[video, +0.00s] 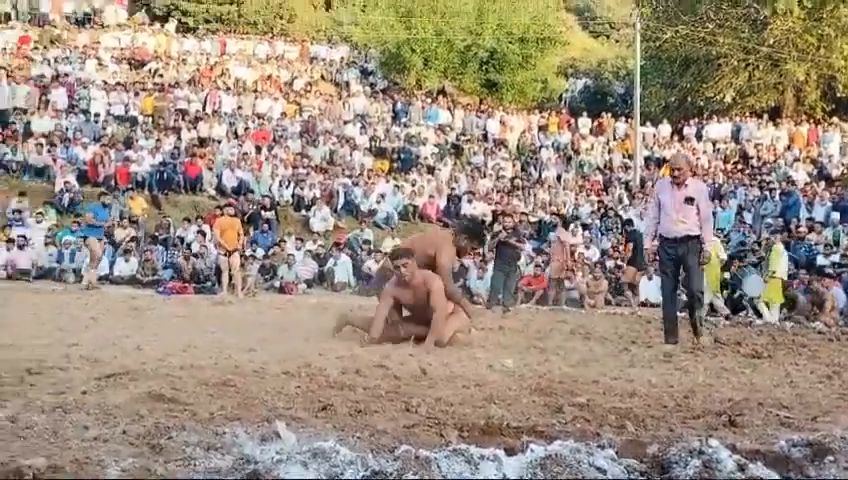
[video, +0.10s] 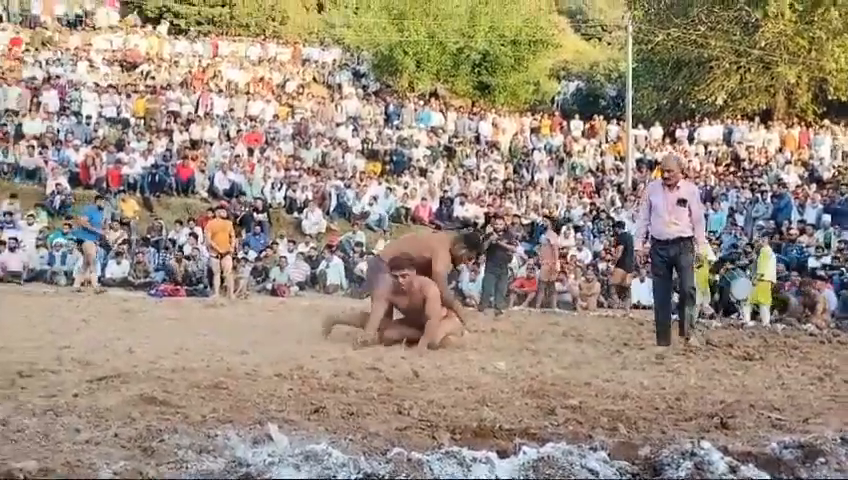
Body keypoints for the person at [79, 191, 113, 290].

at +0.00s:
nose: (108, 201)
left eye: (110, 199)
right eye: (106, 198)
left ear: (111, 200)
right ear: (101, 198)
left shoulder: (107, 210)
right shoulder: (93, 207)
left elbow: (107, 222)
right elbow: (88, 220)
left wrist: (110, 223)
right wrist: (103, 224)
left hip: (100, 235)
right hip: (90, 234)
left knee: (98, 257)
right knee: (97, 253)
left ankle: (88, 280)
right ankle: (91, 278)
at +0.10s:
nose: (102, 203)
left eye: (103, 201)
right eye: (100, 201)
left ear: (104, 202)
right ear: (96, 201)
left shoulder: (101, 213)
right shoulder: (90, 210)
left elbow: (101, 226)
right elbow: (83, 222)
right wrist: (98, 231)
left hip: (94, 239)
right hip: (86, 238)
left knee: (86, 263)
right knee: (92, 260)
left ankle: (77, 284)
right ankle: (95, 284)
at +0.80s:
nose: (120, 219)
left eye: (120, 217)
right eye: (119, 217)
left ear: (113, 215)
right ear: (116, 215)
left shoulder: (113, 225)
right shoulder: (108, 222)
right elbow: (107, 235)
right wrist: (114, 250)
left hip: (112, 251)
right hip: (105, 250)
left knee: (112, 275)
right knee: (105, 274)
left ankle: (111, 297)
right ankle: (91, 295)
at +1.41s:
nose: (139, 219)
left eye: (139, 217)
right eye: (138, 217)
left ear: (126, 214)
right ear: (135, 215)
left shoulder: (119, 224)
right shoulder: (137, 226)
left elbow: (115, 237)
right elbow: (139, 240)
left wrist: (116, 248)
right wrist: (142, 250)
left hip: (120, 251)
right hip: (132, 252)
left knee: (122, 277)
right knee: (136, 278)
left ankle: (110, 295)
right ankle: (136, 301)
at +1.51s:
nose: (143, 221)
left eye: (143, 219)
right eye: (142, 219)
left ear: (129, 216)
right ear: (140, 218)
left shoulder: (121, 225)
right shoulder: (140, 226)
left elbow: (115, 238)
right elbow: (144, 240)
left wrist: (115, 249)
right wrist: (147, 254)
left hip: (122, 250)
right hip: (134, 251)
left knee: (123, 275)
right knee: (138, 277)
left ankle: (113, 293)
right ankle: (136, 299)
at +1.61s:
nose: (147, 221)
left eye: (147, 219)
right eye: (147, 219)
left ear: (136, 216)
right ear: (144, 218)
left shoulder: (125, 223)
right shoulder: (145, 225)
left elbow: (117, 235)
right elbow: (147, 239)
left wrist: (116, 248)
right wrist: (148, 252)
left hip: (123, 249)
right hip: (136, 250)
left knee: (125, 273)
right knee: (138, 276)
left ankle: (119, 294)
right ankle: (135, 299)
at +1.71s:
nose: (149, 221)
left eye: (148, 218)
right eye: (149, 219)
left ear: (139, 216)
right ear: (147, 218)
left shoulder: (128, 222)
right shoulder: (147, 225)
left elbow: (119, 233)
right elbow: (149, 239)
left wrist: (118, 246)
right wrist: (150, 252)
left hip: (124, 248)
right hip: (137, 250)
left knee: (125, 274)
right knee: (138, 276)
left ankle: (123, 296)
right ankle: (135, 298)